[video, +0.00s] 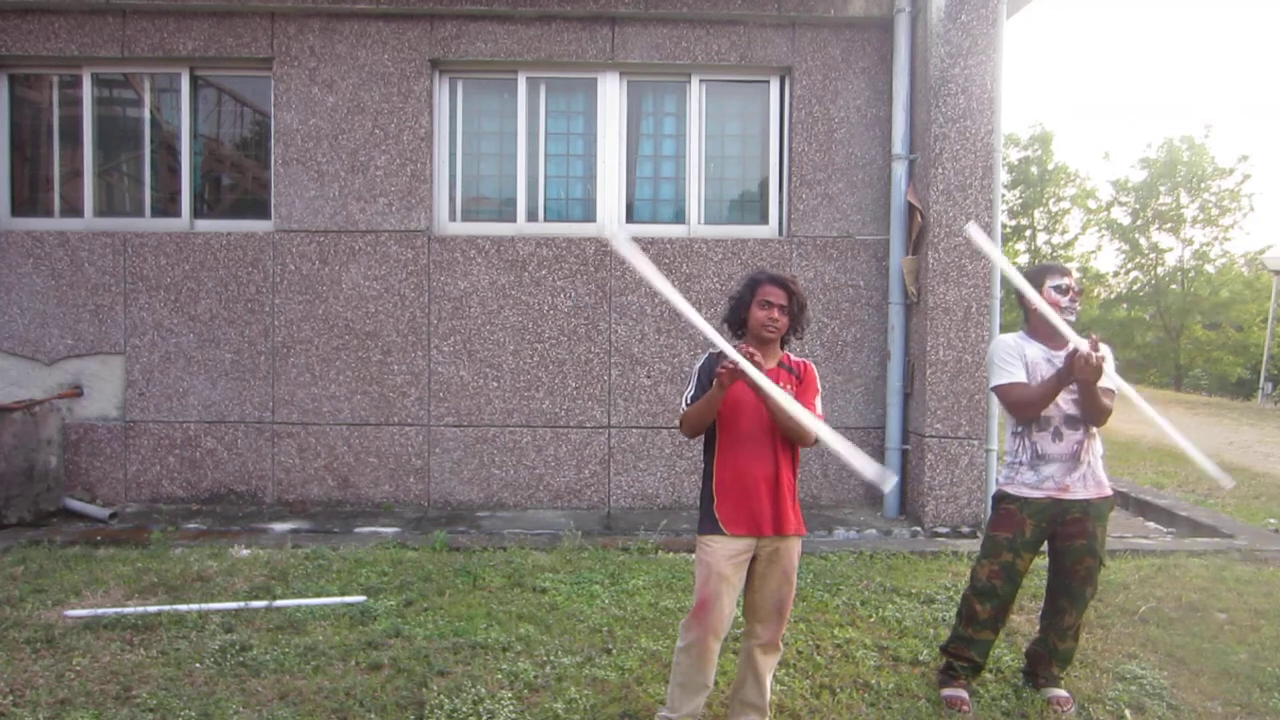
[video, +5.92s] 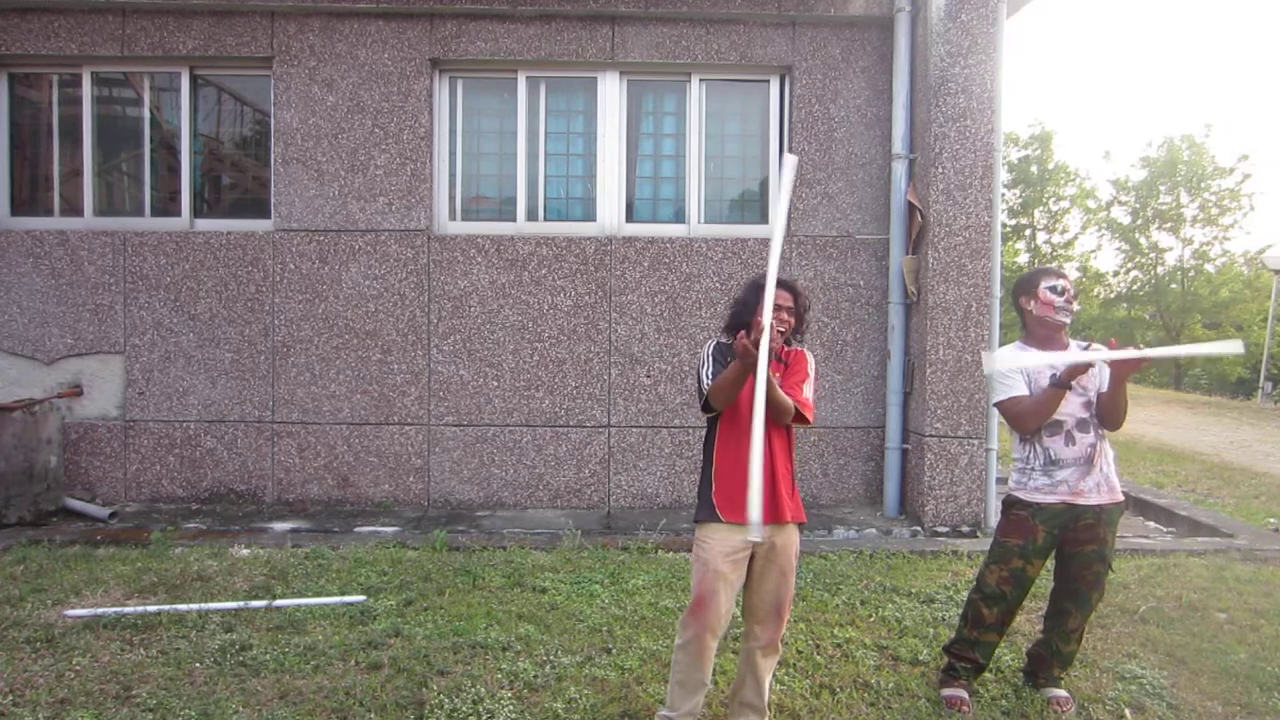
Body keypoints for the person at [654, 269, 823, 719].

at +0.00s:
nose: (774, 315)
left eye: (783, 309)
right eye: (765, 305)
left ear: (791, 320)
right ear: (744, 311)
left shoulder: (801, 370)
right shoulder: (717, 362)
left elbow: (806, 436)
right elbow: (689, 427)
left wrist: (764, 381)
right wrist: (722, 386)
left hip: (782, 519)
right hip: (725, 518)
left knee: (767, 635)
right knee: (707, 623)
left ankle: (750, 714)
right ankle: (679, 714)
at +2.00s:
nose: (792, 333)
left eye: (800, 326)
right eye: (785, 321)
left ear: (804, 330)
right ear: (759, 316)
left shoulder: (804, 373)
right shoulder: (719, 363)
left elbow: (805, 442)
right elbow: (695, 426)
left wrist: (758, 409)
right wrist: (719, 379)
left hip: (782, 520)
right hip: (725, 519)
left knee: (767, 635)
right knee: (707, 624)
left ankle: (749, 715)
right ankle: (678, 714)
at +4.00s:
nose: (788, 321)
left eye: (798, 315)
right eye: (781, 309)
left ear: (804, 326)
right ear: (758, 310)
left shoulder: (809, 374)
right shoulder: (722, 362)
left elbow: (805, 442)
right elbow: (696, 429)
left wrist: (766, 406)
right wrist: (724, 389)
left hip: (784, 521)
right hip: (727, 519)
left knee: (767, 635)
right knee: (709, 624)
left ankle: (749, 715)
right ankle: (678, 714)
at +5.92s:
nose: (779, 317)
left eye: (787, 311)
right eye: (771, 308)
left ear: (795, 320)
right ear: (749, 311)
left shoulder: (798, 359)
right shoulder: (720, 350)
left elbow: (791, 415)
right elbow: (712, 403)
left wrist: (764, 372)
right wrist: (745, 359)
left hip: (780, 516)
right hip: (723, 515)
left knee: (767, 632)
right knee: (704, 619)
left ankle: (749, 714)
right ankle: (678, 713)